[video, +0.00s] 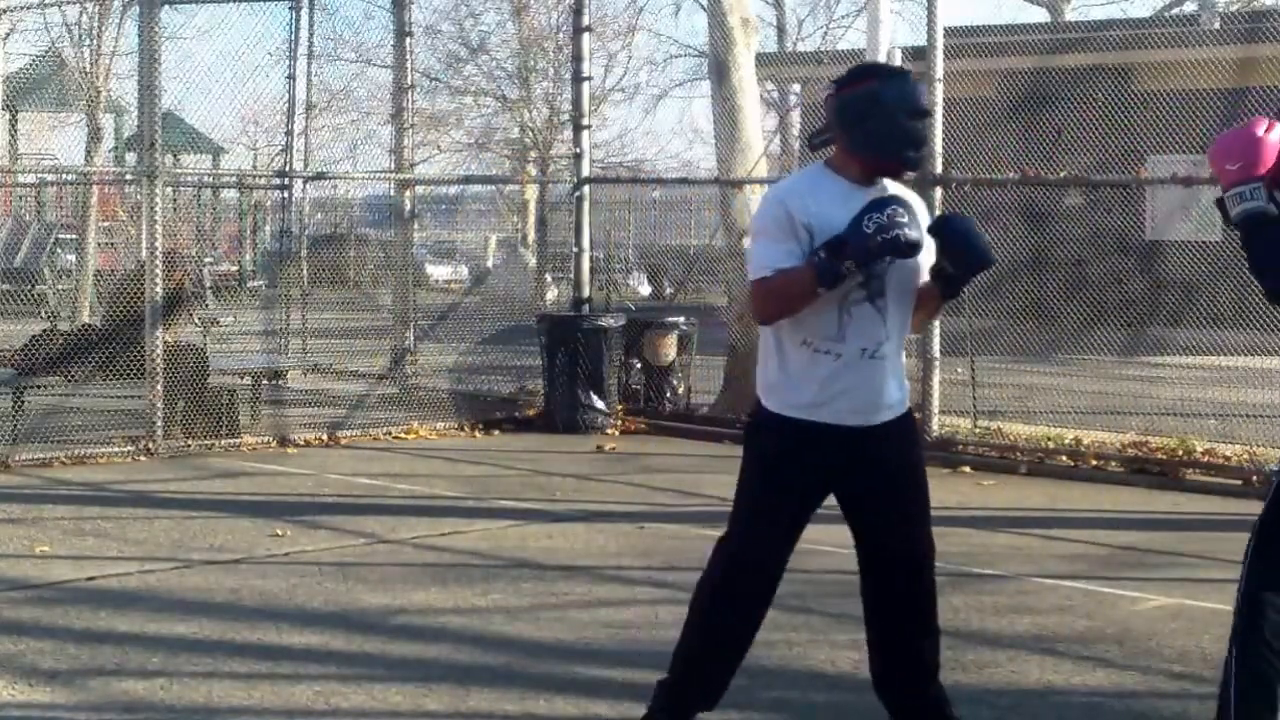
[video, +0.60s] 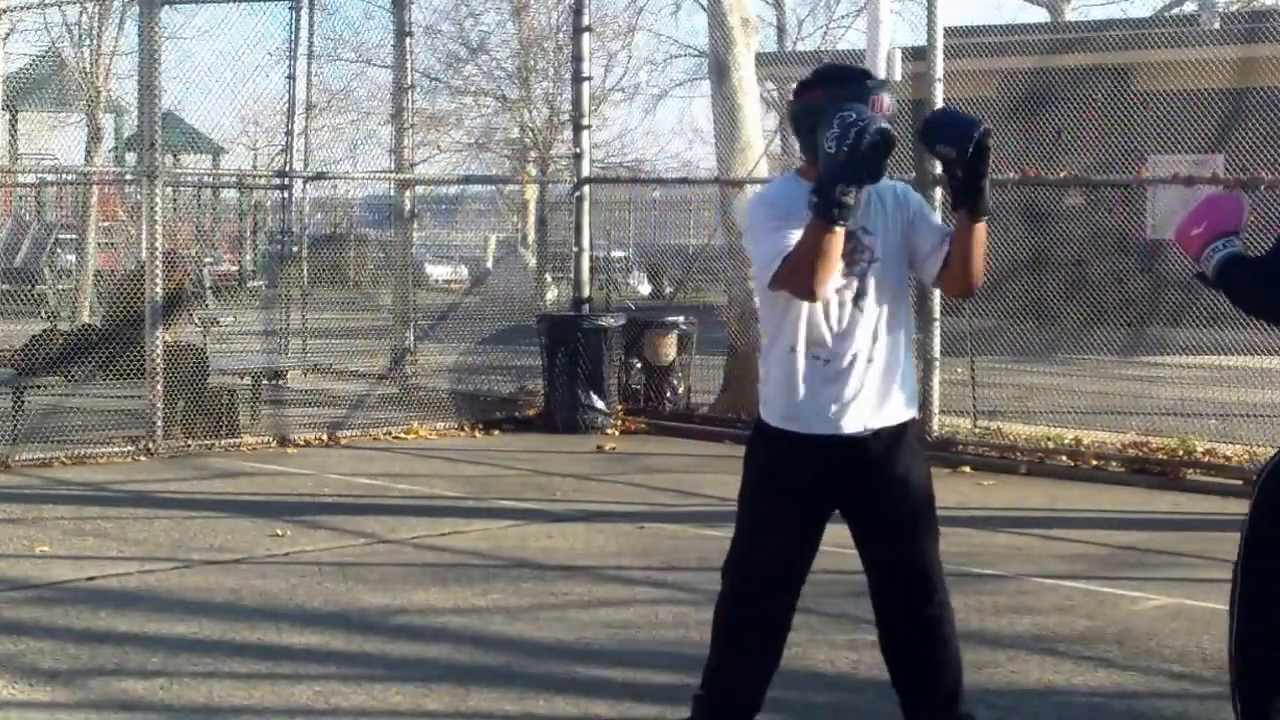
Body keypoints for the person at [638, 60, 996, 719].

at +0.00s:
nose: (908, 152)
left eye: (912, 138)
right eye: (896, 138)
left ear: (911, 136)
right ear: (856, 133)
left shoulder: (907, 204)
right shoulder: (786, 200)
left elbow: (909, 314)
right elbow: (765, 303)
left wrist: (949, 278)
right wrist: (840, 259)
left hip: (883, 428)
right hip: (791, 425)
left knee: (906, 582)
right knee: (743, 574)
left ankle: (919, 708)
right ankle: (675, 706)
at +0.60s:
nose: (845, 135)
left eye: (858, 122)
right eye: (829, 122)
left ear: (878, 130)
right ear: (804, 129)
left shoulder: (898, 200)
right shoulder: (770, 202)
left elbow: (960, 280)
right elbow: (809, 283)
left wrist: (967, 192)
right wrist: (834, 194)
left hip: (886, 439)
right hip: (789, 442)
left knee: (918, 611)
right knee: (752, 610)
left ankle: (940, 716)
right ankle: (717, 716)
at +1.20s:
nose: (878, 125)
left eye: (890, 111)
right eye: (862, 110)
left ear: (903, 119)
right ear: (822, 114)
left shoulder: (921, 201)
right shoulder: (775, 196)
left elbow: (958, 325)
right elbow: (754, 300)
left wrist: (953, 250)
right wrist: (798, 227)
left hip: (892, 442)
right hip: (791, 439)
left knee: (919, 619)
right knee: (756, 620)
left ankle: (940, 716)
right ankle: (752, 712)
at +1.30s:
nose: (828, 125)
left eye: (839, 112)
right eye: (811, 111)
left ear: (850, 119)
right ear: (776, 118)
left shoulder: (889, 203)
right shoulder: (743, 205)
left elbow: (933, 309)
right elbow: (720, 314)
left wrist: (886, 300)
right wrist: (751, 239)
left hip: (865, 432)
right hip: (769, 434)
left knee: (896, 597)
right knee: (747, 601)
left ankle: (913, 715)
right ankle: (751, 714)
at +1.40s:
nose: (780, 130)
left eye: (792, 115)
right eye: (764, 116)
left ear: (810, 121)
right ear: (738, 124)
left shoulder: (842, 195)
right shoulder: (727, 205)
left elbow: (884, 287)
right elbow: (709, 312)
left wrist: (835, 229)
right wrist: (735, 231)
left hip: (843, 435)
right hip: (755, 441)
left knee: (865, 610)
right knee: (738, 604)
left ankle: (888, 712)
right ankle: (747, 711)